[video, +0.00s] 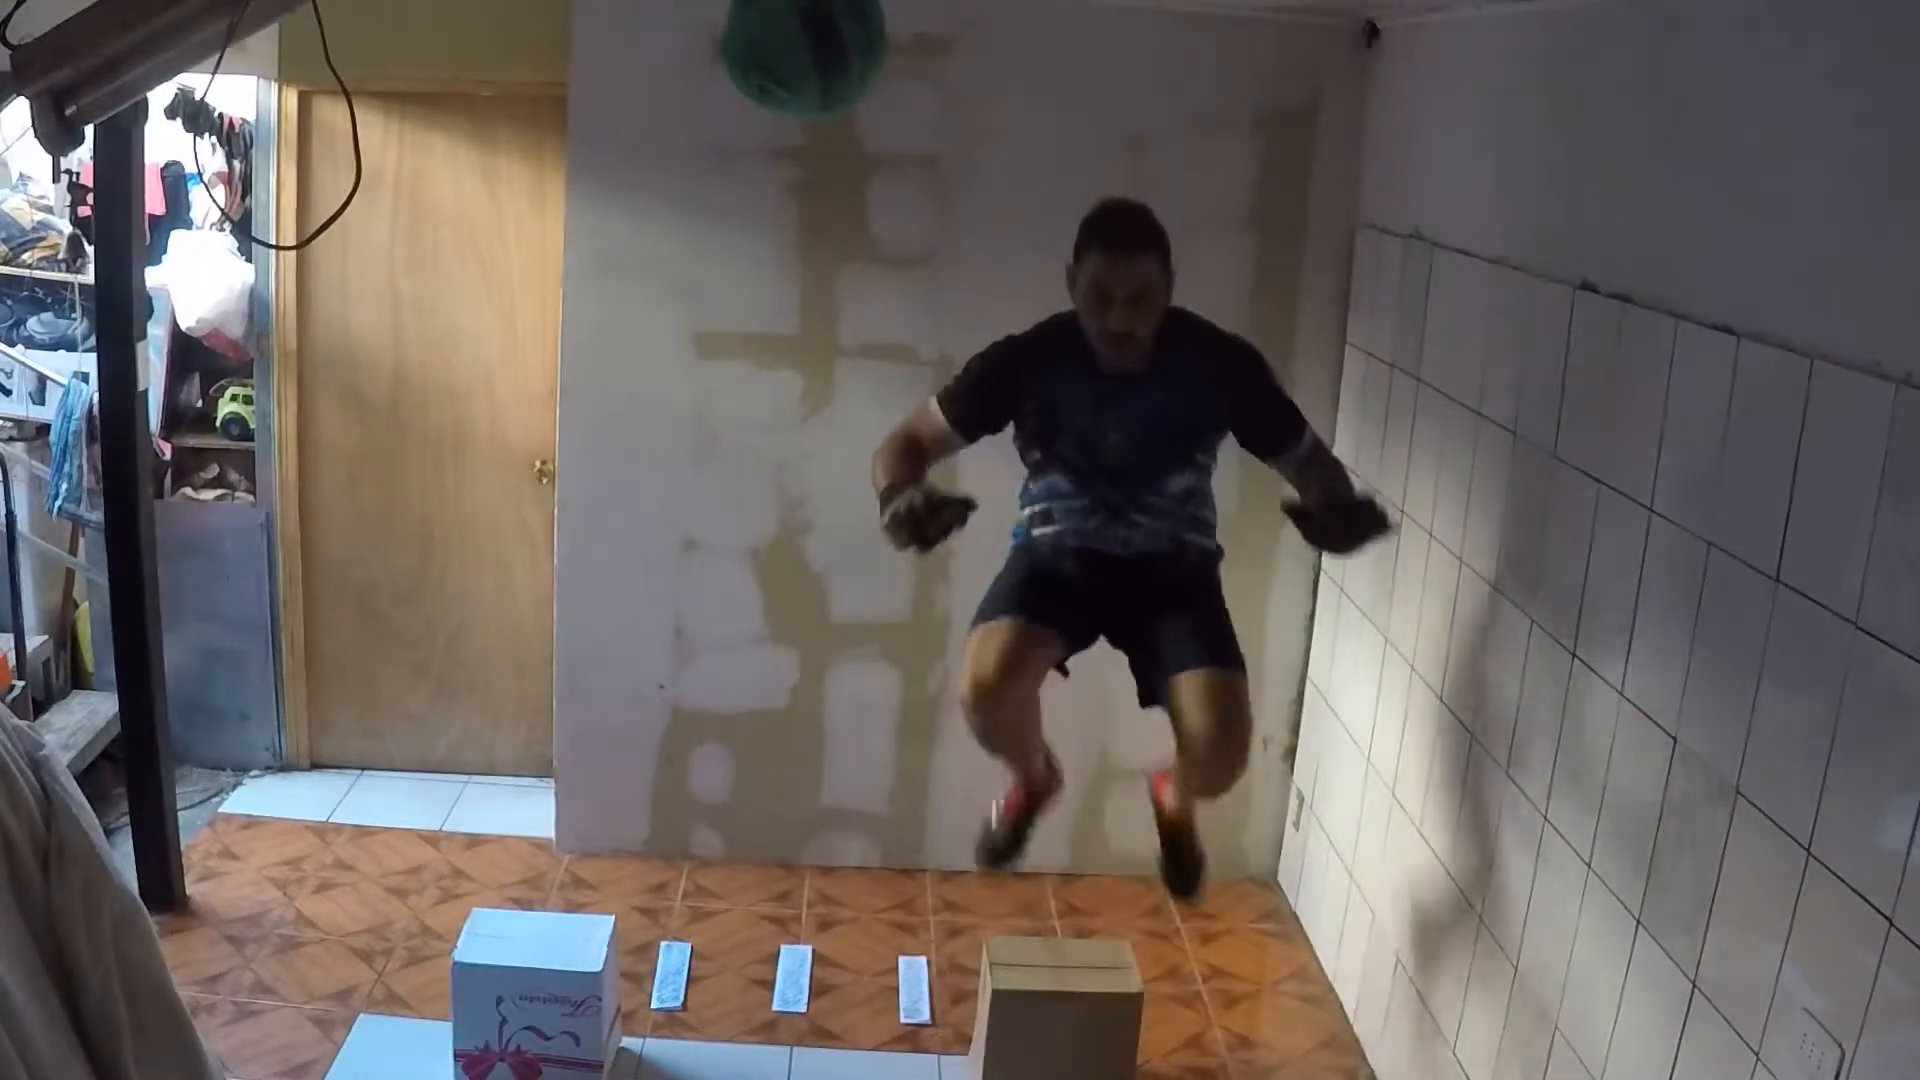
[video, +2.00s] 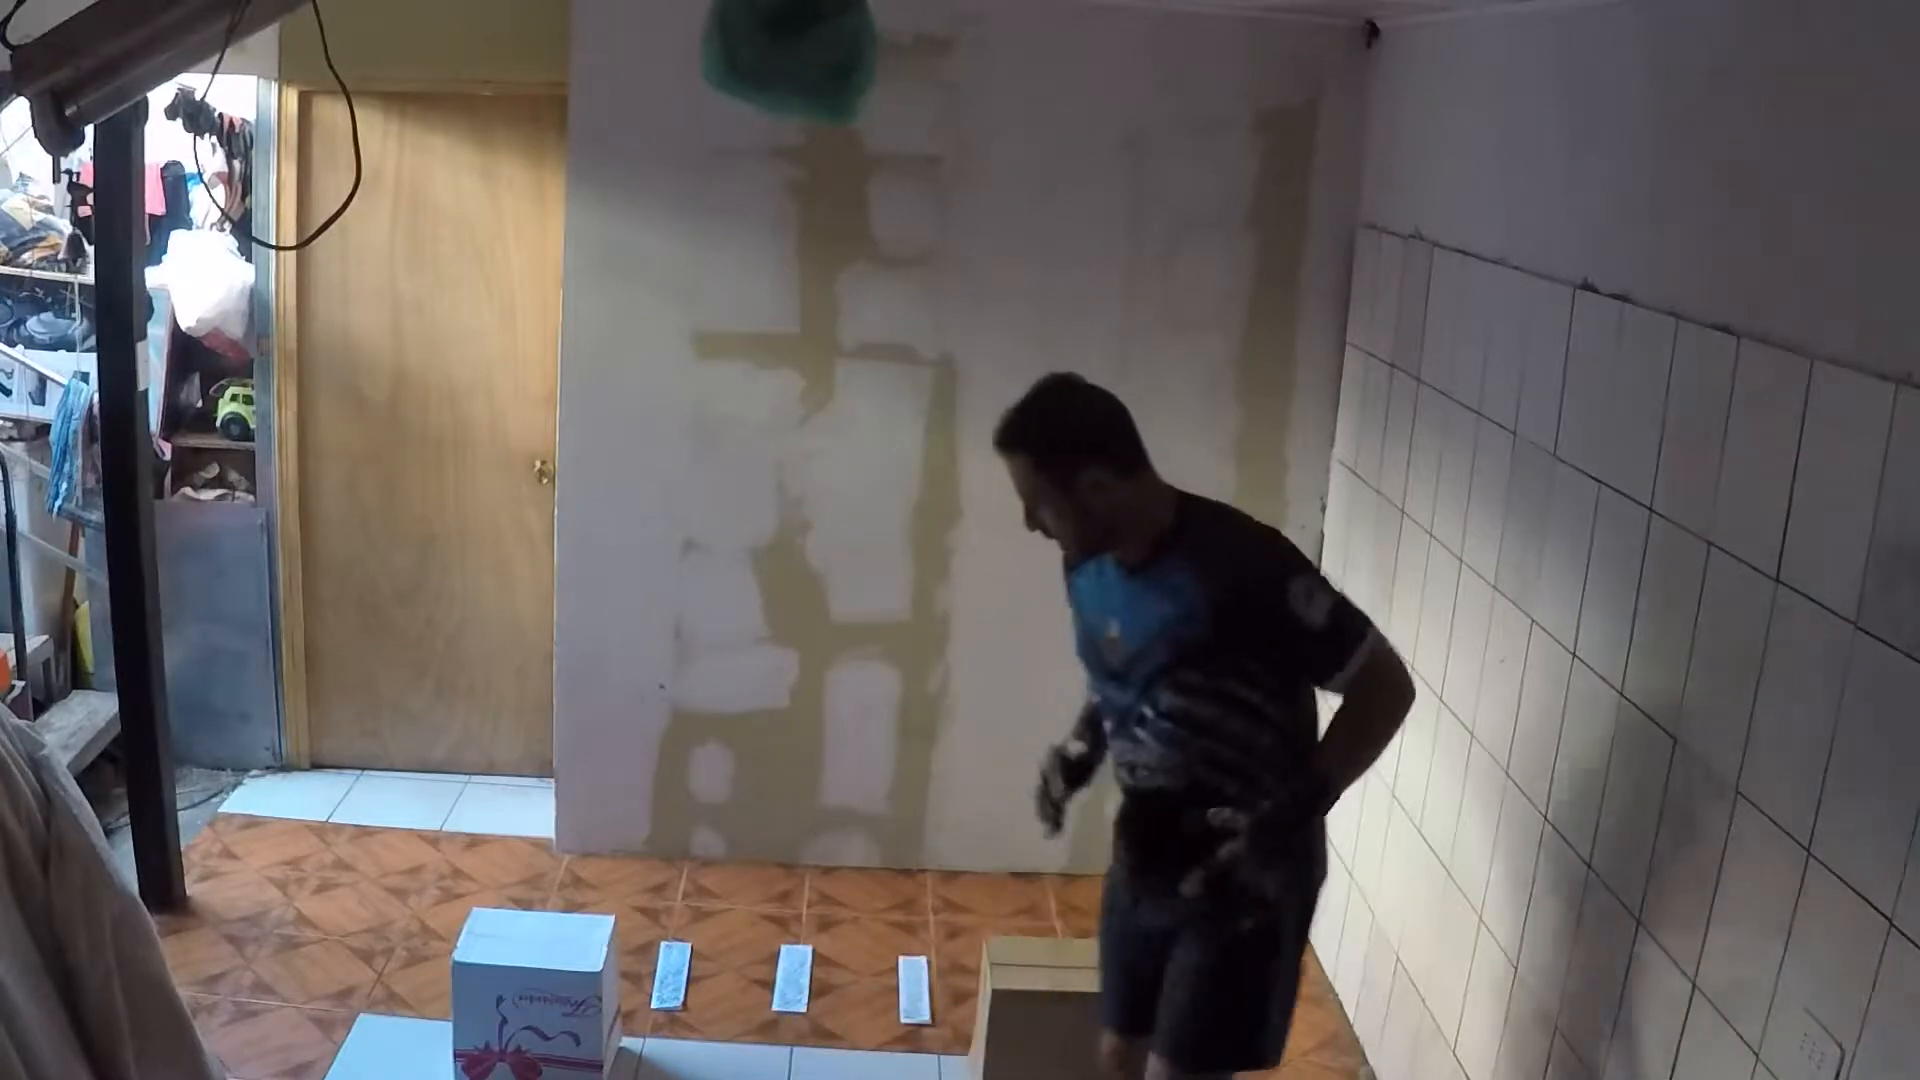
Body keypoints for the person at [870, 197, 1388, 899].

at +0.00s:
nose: (1120, 319)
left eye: (1139, 300)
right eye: (1103, 299)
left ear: (1168, 290)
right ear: (1075, 288)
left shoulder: (1218, 363)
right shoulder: (1033, 358)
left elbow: (1306, 459)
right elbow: (907, 443)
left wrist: (1338, 508)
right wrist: (901, 496)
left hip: (1173, 562)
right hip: (1057, 554)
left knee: (1221, 750)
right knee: (987, 688)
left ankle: (1174, 799)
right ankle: (1034, 780)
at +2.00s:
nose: (1031, 523)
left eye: (1036, 501)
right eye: (1027, 503)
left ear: (1094, 481)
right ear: (1088, 487)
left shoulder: (1243, 557)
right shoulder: (1087, 562)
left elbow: (1386, 688)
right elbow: (1124, 684)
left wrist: (1292, 812)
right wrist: (1077, 751)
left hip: (1249, 855)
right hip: (1145, 847)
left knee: (1181, 1067)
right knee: (1120, 1054)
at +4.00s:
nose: (962, 387)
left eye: (977, 376)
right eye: (950, 372)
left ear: (1013, 351)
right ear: (937, 350)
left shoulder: (1065, 398)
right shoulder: (916, 382)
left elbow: (1154, 503)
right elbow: (898, 430)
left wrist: (1079, 556)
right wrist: (905, 506)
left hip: (1040, 584)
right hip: (951, 576)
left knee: (1037, 768)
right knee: (897, 717)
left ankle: (1065, 918)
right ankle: (952, 818)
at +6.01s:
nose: (535, 249)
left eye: (555, 228)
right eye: (517, 228)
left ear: (584, 209)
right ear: (495, 208)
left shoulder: (629, 273)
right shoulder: (454, 277)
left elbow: (721, 408)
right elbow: (375, 397)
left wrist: (669, 375)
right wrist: (383, 432)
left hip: (596, 447)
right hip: (490, 444)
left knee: (625, 603)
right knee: (443, 577)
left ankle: (615, 672)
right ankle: (467, 643)